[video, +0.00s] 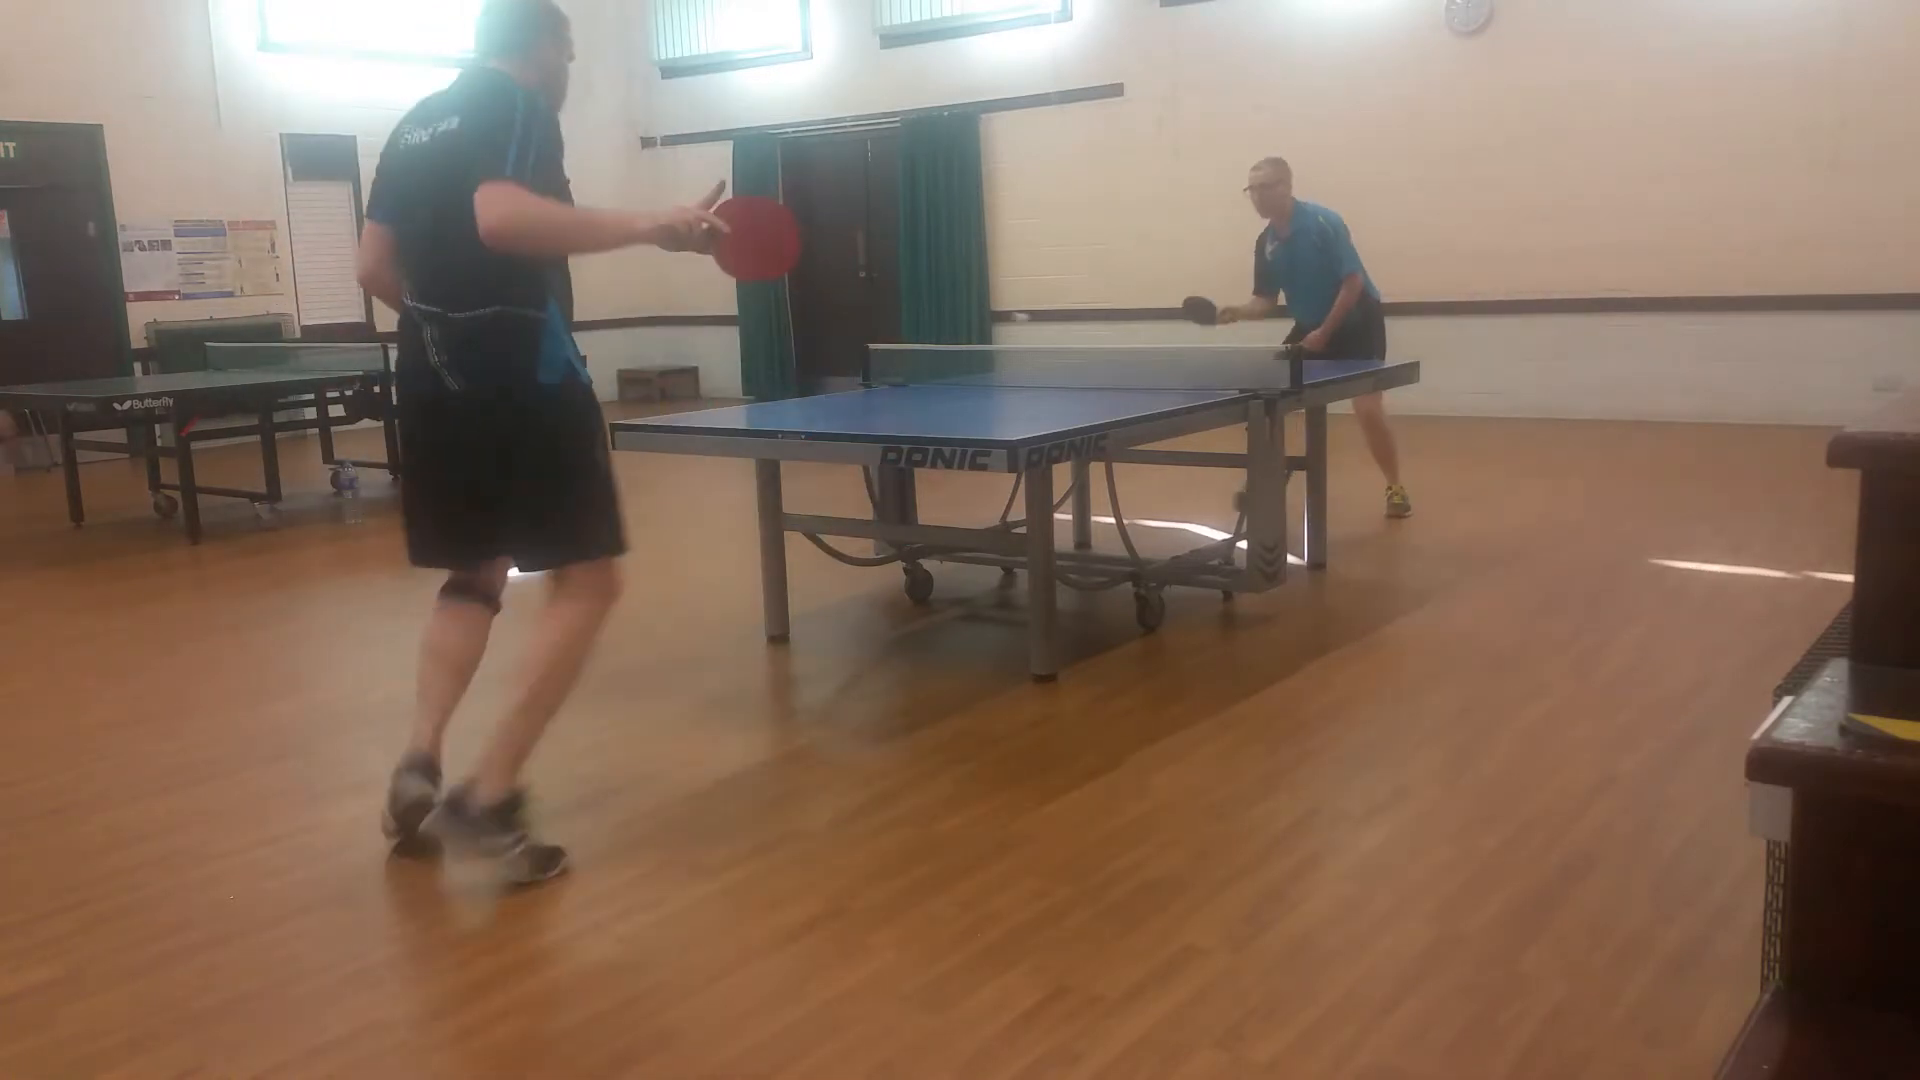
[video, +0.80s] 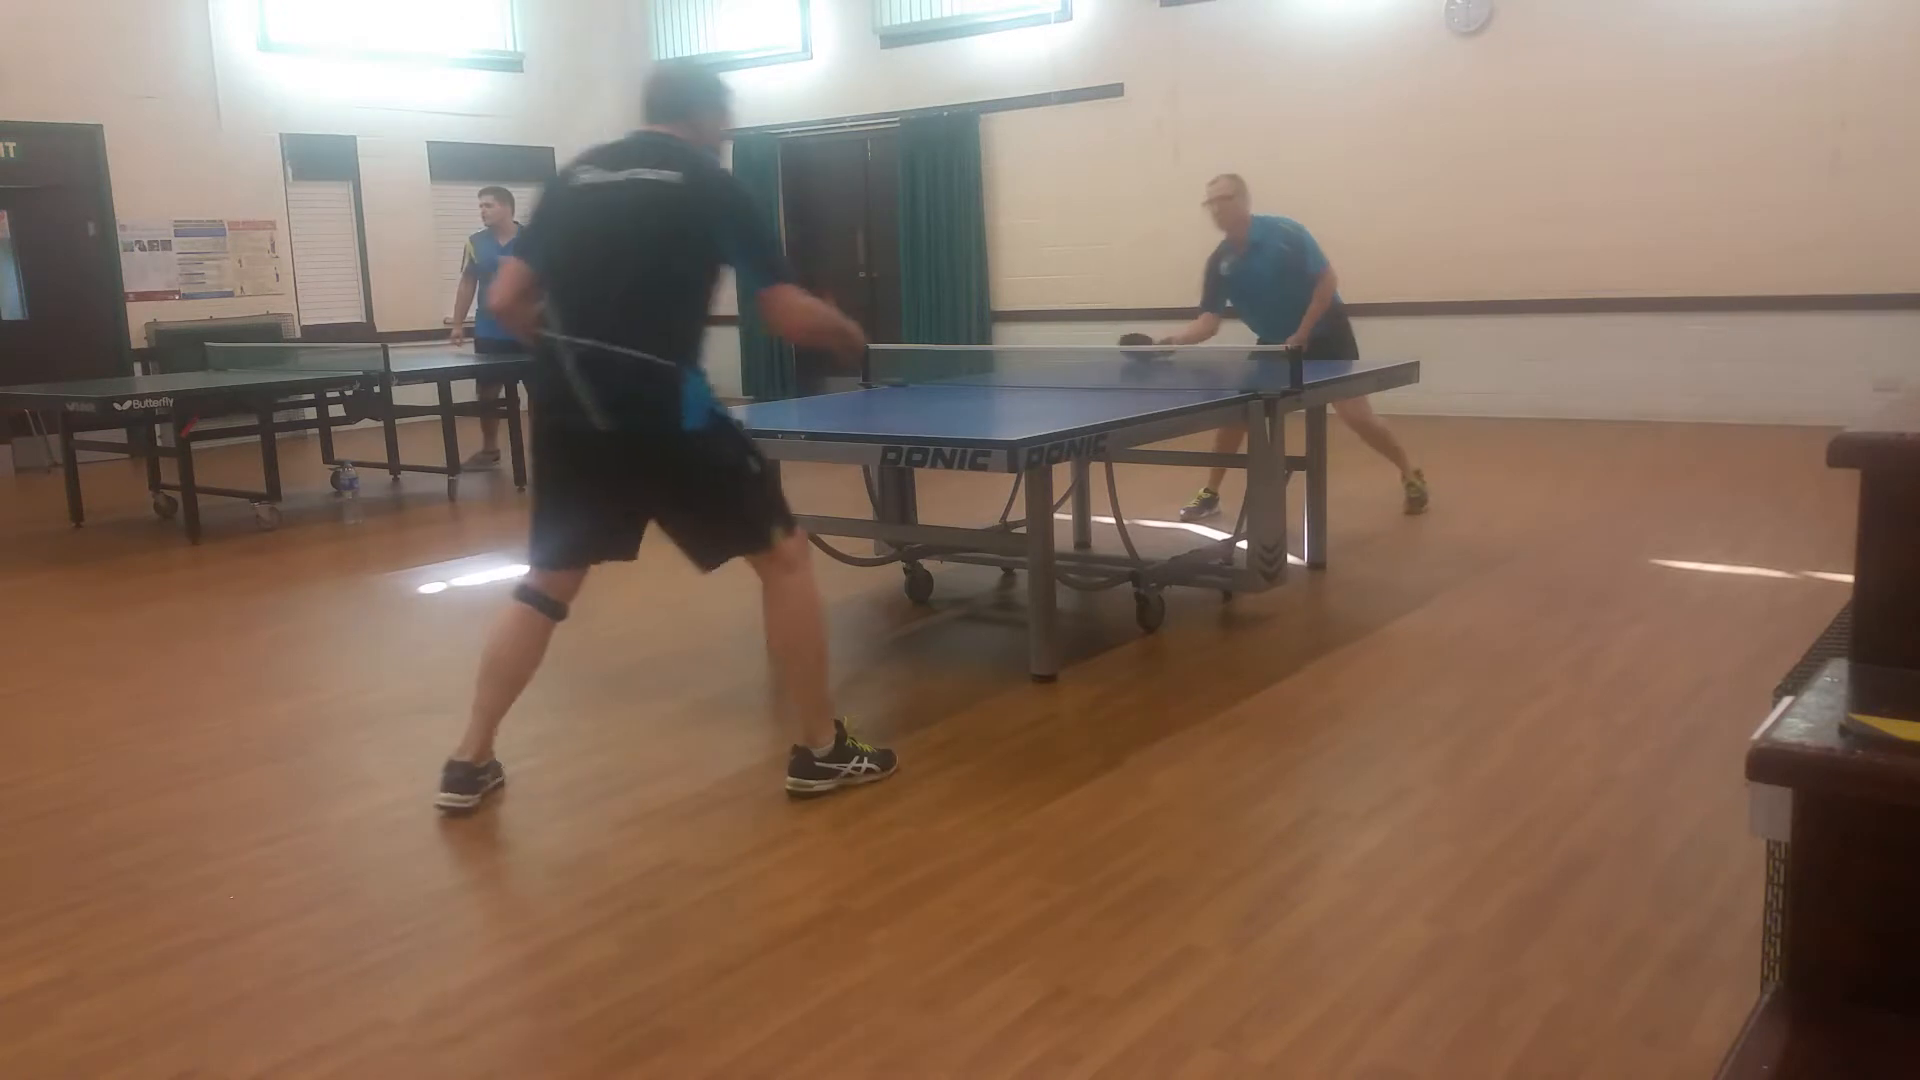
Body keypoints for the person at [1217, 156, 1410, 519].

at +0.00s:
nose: (1255, 197)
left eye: (1263, 188)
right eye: (1251, 190)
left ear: (1286, 187)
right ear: (1250, 194)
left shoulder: (1325, 223)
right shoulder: (1266, 243)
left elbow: (1354, 283)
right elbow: (1265, 300)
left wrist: (1322, 333)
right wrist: (1237, 311)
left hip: (1357, 319)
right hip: (1310, 325)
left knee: (1367, 409)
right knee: (1270, 402)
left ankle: (1394, 486)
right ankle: (1266, 488)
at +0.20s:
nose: (1219, 228)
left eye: (1224, 218)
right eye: (1215, 221)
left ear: (1247, 214)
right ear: (1217, 224)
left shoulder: (1292, 237)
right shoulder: (1245, 271)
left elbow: (1337, 289)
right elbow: (1267, 327)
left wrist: (1316, 342)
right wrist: (1227, 324)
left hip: (1340, 330)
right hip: (1298, 341)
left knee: (1357, 418)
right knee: (1256, 417)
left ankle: (1393, 487)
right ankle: (1216, 490)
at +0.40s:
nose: (1179, 248)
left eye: (1183, 238)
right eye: (1175, 242)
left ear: (1205, 232)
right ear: (1182, 245)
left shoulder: (1258, 244)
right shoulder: (1211, 292)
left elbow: (1311, 280)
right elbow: (1229, 341)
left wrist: (1297, 339)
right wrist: (1185, 332)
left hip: (1322, 337)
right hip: (1273, 350)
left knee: (1354, 420)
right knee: (1230, 413)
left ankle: (1394, 486)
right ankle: (1210, 491)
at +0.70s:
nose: (1191, 218)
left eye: (1198, 209)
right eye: (1185, 214)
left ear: (1219, 209)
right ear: (1184, 221)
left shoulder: (1262, 233)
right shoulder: (1201, 271)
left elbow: (1312, 273)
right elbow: (1193, 326)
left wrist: (1296, 325)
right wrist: (1163, 339)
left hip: (1316, 326)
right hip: (1268, 340)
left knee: (1352, 412)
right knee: (1230, 409)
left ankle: (1399, 481)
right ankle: (1210, 493)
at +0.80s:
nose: (1217, 209)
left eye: (1224, 200)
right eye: (1211, 203)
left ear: (1243, 202)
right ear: (1208, 210)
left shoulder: (1286, 233)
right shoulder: (1220, 262)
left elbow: (1328, 280)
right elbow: (1208, 322)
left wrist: (1303, 331)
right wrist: (1174, 339)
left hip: (1323, 331)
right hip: (1275, 342)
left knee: (1357, 416)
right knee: (1234, 411)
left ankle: (1411, 472)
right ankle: (1209, 492)